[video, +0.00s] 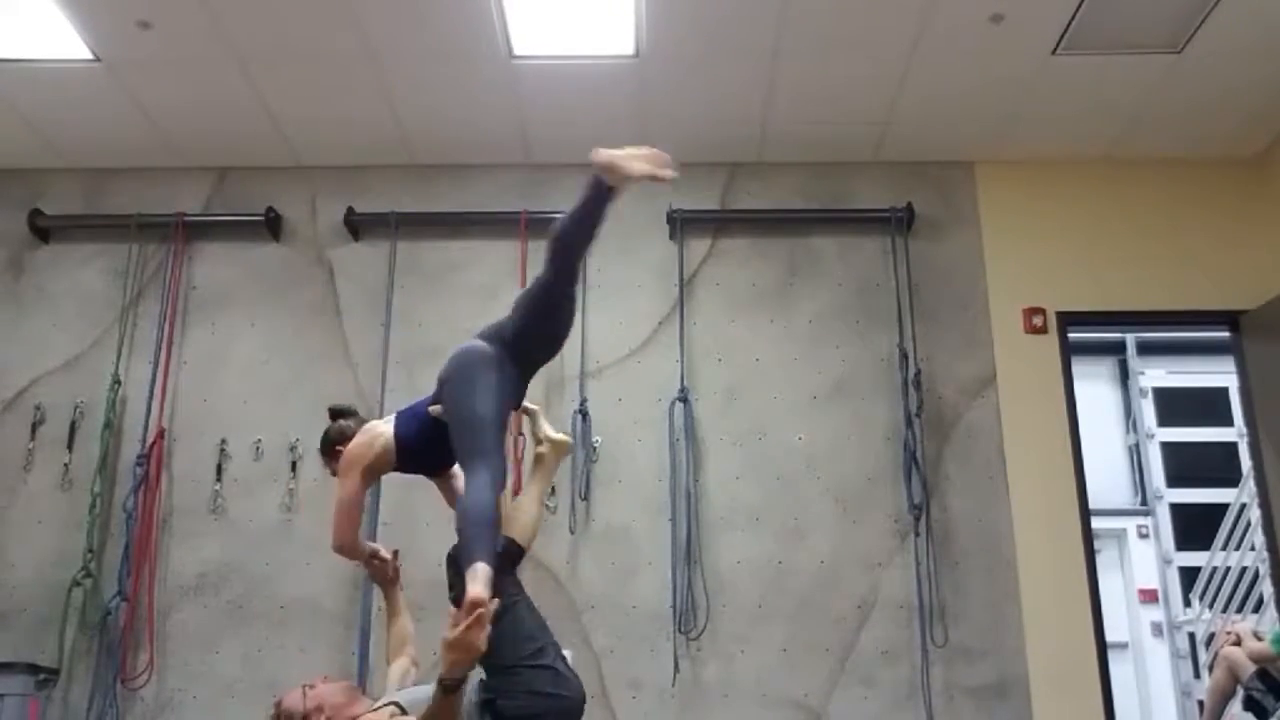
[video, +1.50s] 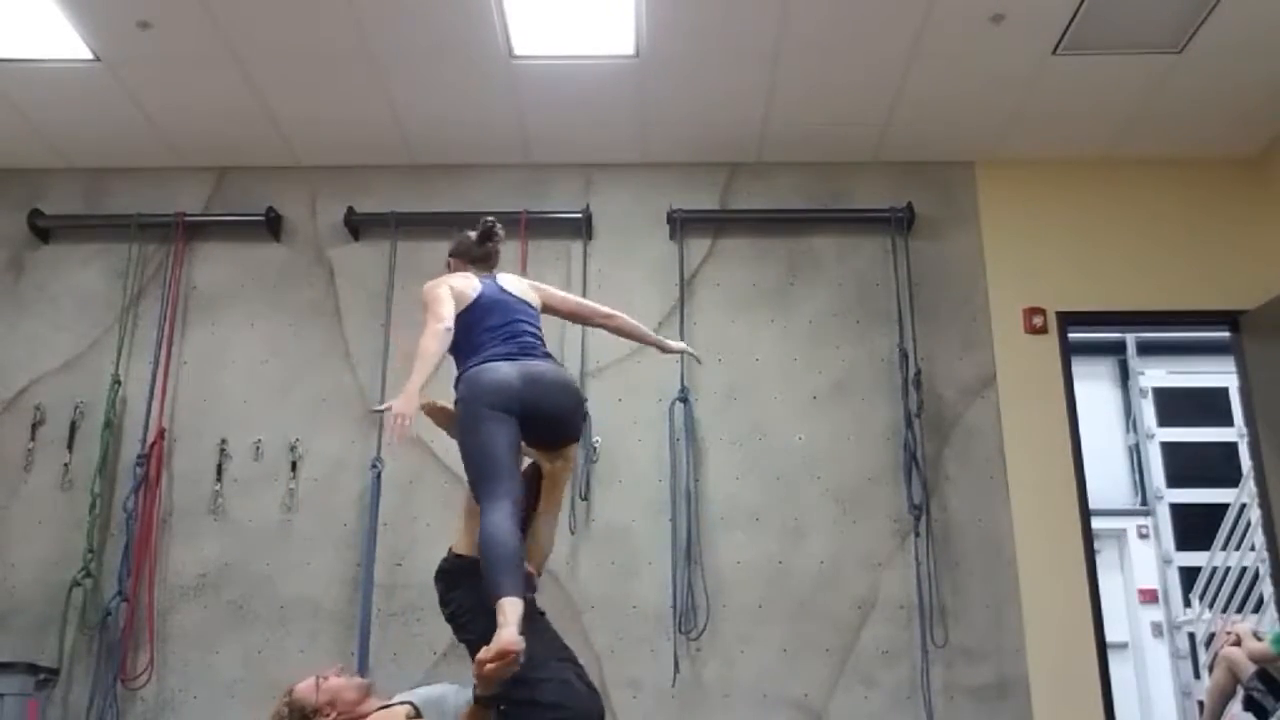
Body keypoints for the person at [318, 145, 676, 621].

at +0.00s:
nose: (341, 477)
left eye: (336, 468)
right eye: (337, 472)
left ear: (343, 451)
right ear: (360, 440)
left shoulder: (360, 449)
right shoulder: (432, 456)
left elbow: (343, 544)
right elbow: (465, 507)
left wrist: (372, 557)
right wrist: (492, 554)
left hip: (470, 368)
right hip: (515, 351)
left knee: (481, 476)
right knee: (561, 268)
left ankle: (478, 587)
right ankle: (606, 179)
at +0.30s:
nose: (351, 413)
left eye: (347, 402)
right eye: (345, 404)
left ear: (366, 384)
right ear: (379, 376)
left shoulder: (401, 411)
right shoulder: (431, 399)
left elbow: (413, 502)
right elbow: (483, 468)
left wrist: (428, 561)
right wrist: (509, 521)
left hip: (551, 378)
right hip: (578, 352)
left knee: (571, 491)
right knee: (697, 359)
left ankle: (583, 622)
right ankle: (829, 349)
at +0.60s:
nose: (327, 683)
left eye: (317, 683)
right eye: (317, 693)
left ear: (335, 686)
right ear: (327, 717)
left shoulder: (392, 705)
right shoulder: (387, 719)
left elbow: (491, 703)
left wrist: (523, 657)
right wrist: (549, 690)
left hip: (527, 688)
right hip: (543, 704)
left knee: (552, 569)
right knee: (538, 553)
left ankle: (701, 547)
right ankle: (541, 425)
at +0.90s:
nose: (344, 665)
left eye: (331, 667)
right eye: (331, 676)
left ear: (339, 698)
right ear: (331, 707)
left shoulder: (392, 706)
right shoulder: (386, 712)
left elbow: (491, 706)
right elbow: (490, 717)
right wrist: (540, 694)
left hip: (528, 696)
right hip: (549, 709)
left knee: (520, 565)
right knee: (520, 564)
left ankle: (599, 510)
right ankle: (599, 507)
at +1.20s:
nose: (337, 666)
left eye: (324, 669)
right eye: (325, 679)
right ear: (330, 712)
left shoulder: (388, 707)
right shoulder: (387, 716)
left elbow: (478, 709)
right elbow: (481, 717)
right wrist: (513, 694)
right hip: (546, 706)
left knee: (486, 583)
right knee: (474, 575)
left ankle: (555, 506)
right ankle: (502, 446)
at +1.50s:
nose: (335, 670)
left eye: (324, 672)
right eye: (324, 682)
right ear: (331, 712)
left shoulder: (394, 706)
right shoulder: (384, 716)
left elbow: (472, 712)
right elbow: (475, 717)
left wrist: (484, 692)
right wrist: (485, 693)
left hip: (573, 704)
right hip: (546, 706)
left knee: (513, 577)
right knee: (460, 581)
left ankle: (557, 466)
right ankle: (487, 457)